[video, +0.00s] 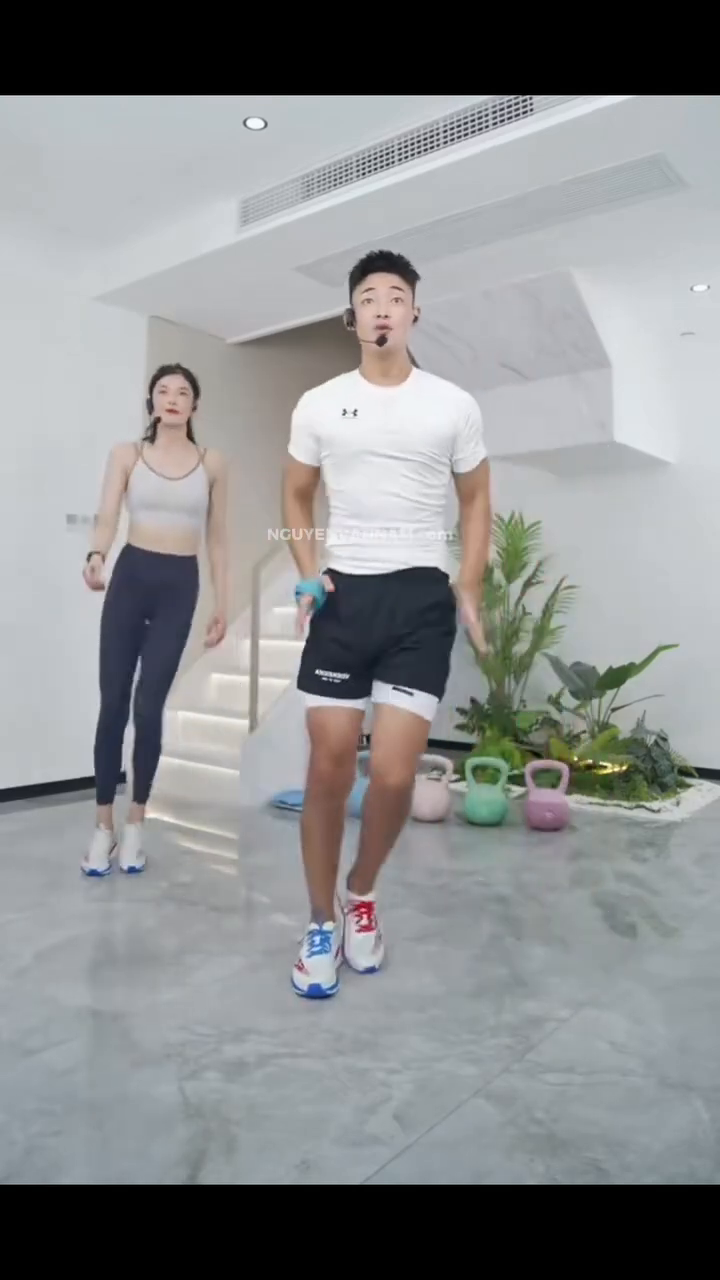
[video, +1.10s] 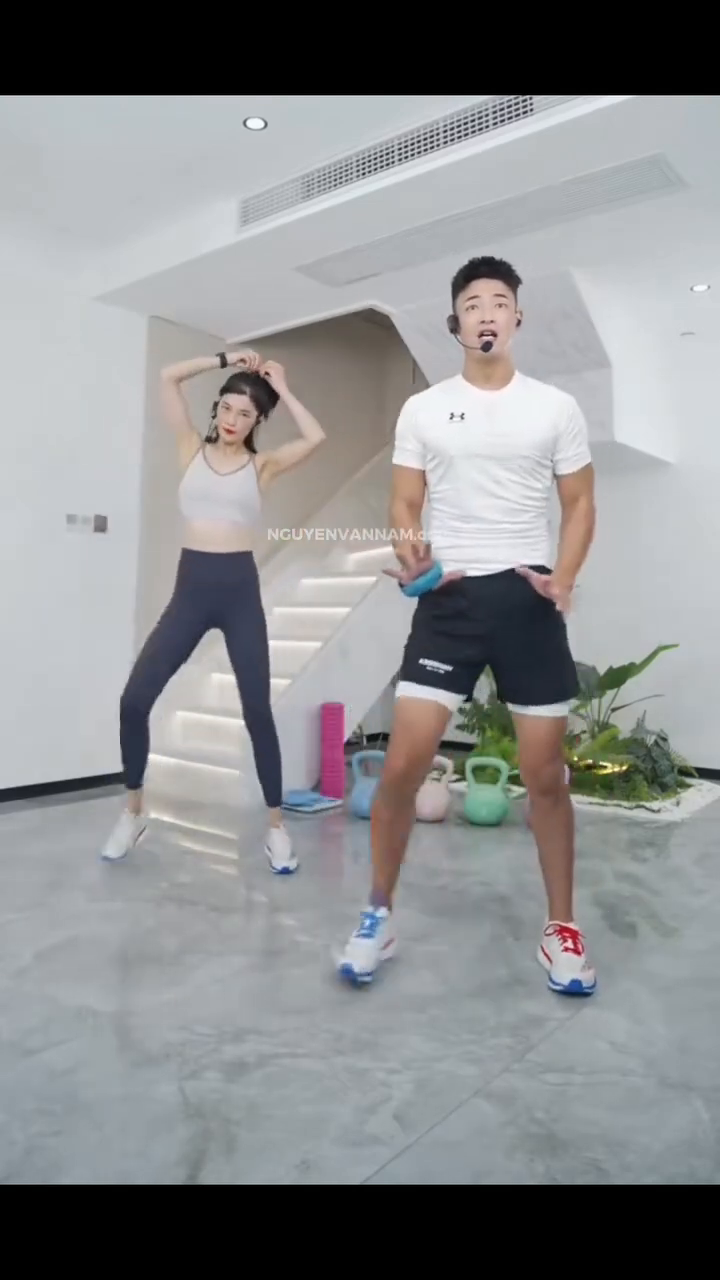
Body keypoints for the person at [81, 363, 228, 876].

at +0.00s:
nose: (173, 399)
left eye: (182, 393)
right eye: (165, 391)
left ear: (195, 405)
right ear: (151, 400)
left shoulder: (212, 463)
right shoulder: (128, 455)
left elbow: (218, 538)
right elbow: (107, 519)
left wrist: (223, 605)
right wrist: (96, 555)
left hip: (181, 586)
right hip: (130, 579)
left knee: (148, 706)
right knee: (113, 704)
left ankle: (136, 821)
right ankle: (104, 823)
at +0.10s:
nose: (175, 408)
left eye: (184, 403)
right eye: (167, 401)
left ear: (196, 416)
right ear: (152, 411)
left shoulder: (211, 474)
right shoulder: (127, 464)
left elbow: (221, 547)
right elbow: (106, 542)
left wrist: (230, 609)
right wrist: (110, 514)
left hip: (180, 600)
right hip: (128, 594)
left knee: (197, 705)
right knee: (114, 715)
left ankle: (173, 801)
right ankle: (108, 829)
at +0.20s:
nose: (183, 406)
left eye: (192, 401)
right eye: (176, 398)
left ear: (204, 413)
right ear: (161, 407)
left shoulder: (216, 471)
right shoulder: (135, 462)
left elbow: (237, 533)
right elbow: (103, 527)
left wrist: (254, 561)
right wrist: (112, 497)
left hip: (189, 597)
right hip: (138, 592)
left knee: (229, 699)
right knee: (119, 715)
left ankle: (226, 793)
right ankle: (108, 828)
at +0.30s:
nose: (198, 395)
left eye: (207, 390)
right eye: (189, 388)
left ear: (217, 402)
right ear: (173, 397)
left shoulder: (228, 456)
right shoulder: (151, 448)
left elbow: (266, 517)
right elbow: (109, 482)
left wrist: (275, 493)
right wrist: (125, 421)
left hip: (208, 584)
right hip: (155, 582)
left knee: (237, 702)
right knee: (132, 705)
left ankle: (270, 814)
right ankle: (109, 824)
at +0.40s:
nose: (212, 402)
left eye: (221, 397)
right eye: (204, 394)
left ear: (232, 408)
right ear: (187, 403)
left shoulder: (245, 456)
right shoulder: (167, 454)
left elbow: (299, 485)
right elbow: (117, 441)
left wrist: (287, 428)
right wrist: (145, 383)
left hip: (233, 587)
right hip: (181, 586)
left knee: (251, 707)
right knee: (145, 708)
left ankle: (279, 822)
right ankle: (111, 824)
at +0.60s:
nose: (235, 418)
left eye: (245, 411)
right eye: (228, 409)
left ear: (258, 418)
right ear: (216, 413)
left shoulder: (270, 463)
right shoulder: (197, 458)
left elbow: (312, 430)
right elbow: (156, 408)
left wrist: (277, 381)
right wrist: (204, 366)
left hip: (263, 589)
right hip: (214, 590)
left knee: (268, 707)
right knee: (170, 705)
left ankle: (278, 825)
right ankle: (184, 792)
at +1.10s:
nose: (233, 418)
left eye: (244, 412)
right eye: (228, 408)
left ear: (257, 421)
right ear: (216, 410)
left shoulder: (262, 466)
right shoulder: (191, 448)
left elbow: (315, 438)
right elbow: (168, 377)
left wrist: (283, 392)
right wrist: (222, 359)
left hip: (240, 592)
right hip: (192, 590)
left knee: (257, 710)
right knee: (133, 701)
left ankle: (276, 824)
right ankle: (133, 810)